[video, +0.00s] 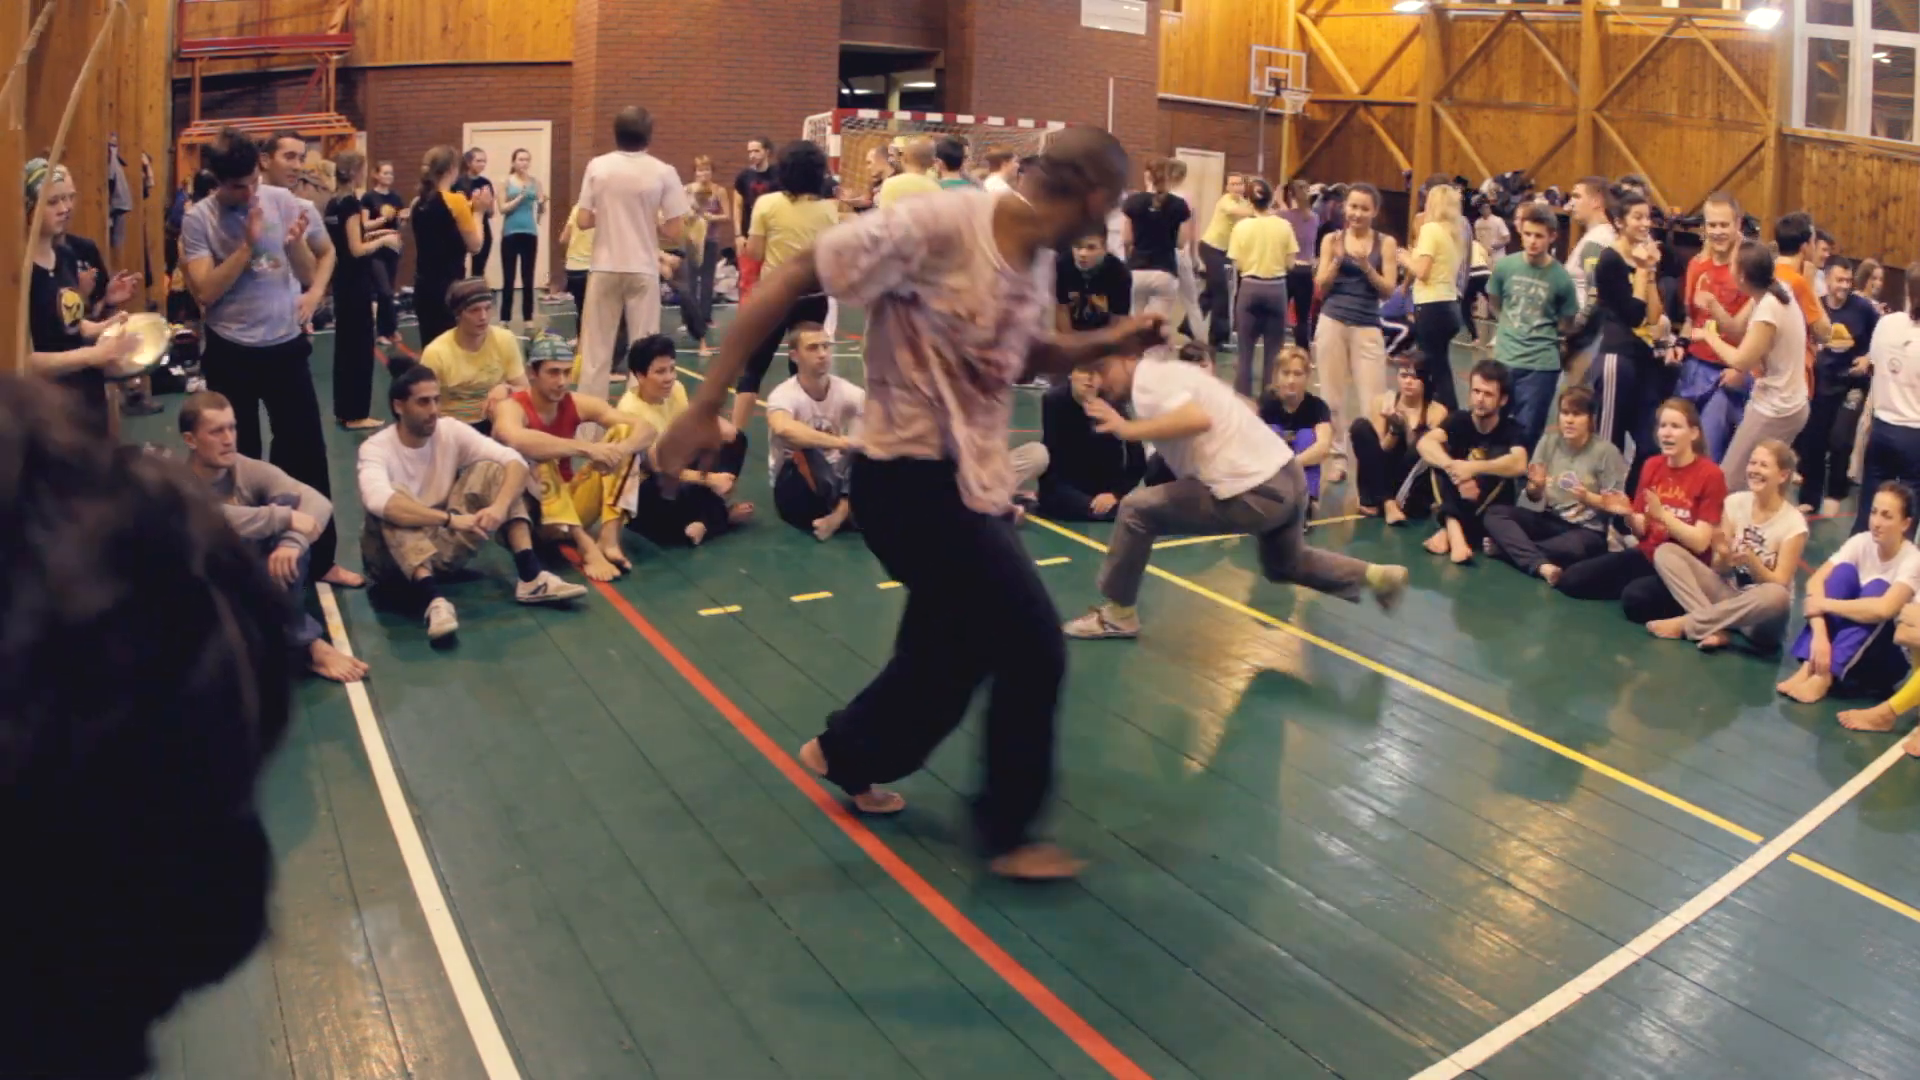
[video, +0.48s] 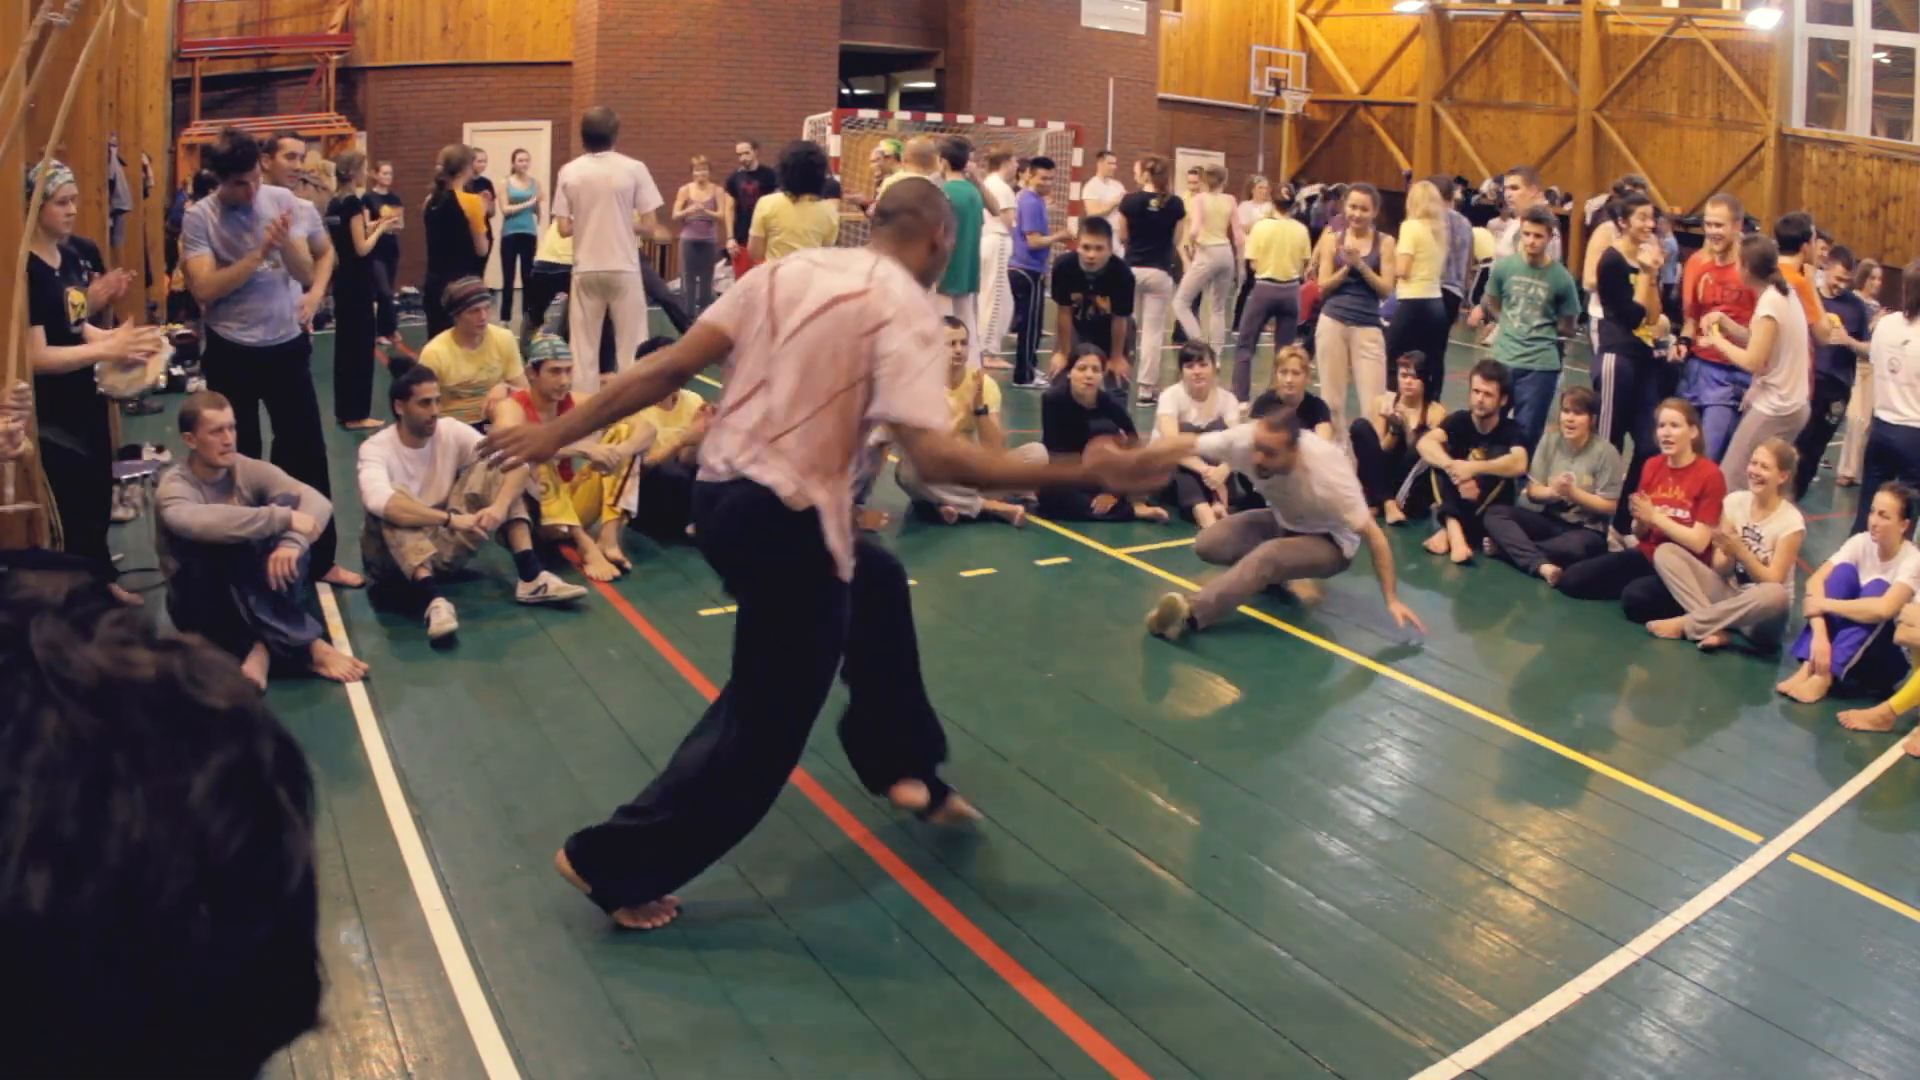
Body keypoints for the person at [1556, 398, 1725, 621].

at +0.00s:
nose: (1666, 433)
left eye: (1675, 426)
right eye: (1662, 426)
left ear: (1694, 433)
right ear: (1656, 430)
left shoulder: (1711, 475)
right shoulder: (1652, 465)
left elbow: (1700, 542)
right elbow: (1641, 529)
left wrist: (1662, 515)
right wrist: (1627, 511)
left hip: (1683, 566)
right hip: (1646, 555)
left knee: (1635, 600)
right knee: (1570, 582)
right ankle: (1636, 581)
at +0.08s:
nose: (1665, 433)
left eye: (1675, 426)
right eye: (1661, 426)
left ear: (1694, 433)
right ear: (1655, 430)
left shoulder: (1709, 473)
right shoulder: (1651, 465)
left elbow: (1699, 542)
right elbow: (1641, 533)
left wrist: (1655, 513)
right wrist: (1636, 514)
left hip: (1682, 565)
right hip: (1647, 555)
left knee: (1635, 600)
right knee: (1570, 581)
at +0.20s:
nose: (1664, 433)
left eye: (1674, 426)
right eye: (1661, 425)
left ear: (1693, 433)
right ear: (1654, 430)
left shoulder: (1709, 475)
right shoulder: (1650, 466)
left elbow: (1698, 542)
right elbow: (1640, 534)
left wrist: (1652, 516)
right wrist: (1638, 517)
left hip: (1683, 565)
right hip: (1647, 555)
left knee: (1635, 600)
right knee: (1570, 581)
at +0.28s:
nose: (1665, 433)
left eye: (1674, 426)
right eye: (1660, 426)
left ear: (1693, 432)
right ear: (1654, 430)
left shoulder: (1709, 474)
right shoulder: (1651, 466)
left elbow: (1699, 543)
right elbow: (1642, 532)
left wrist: (1658, 517)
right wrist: (1633, 514)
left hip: (1683, 565)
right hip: (1647, 555)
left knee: (1635, 600)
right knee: (1570, 581)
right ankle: (1636, 582)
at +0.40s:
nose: (1665, 433)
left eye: (1674, 426)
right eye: (1661, 426)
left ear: (1693, 431)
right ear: (1654, 430)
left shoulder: (1710, 473)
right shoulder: (1651, 465)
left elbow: (1698, 542)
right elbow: (1639, 533)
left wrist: (1651, 517)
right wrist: (1640, 515)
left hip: (1683, 565)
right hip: (1647, 555)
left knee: (1635, 600)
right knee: (1570, 581)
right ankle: (1636, 582)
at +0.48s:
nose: (1666, 433)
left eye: (1675, 426)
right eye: (1661, 426)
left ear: (1694, 431)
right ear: (1655, 431)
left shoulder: (1710, 474)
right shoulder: (1652, 465)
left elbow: (1698, 543)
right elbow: (1639, 533)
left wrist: (1654, 517)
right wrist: (1641, 517)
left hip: (1683, 566)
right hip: (1646, 555)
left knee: (1635, 601)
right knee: (1570, 581)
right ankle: (1636, 582)